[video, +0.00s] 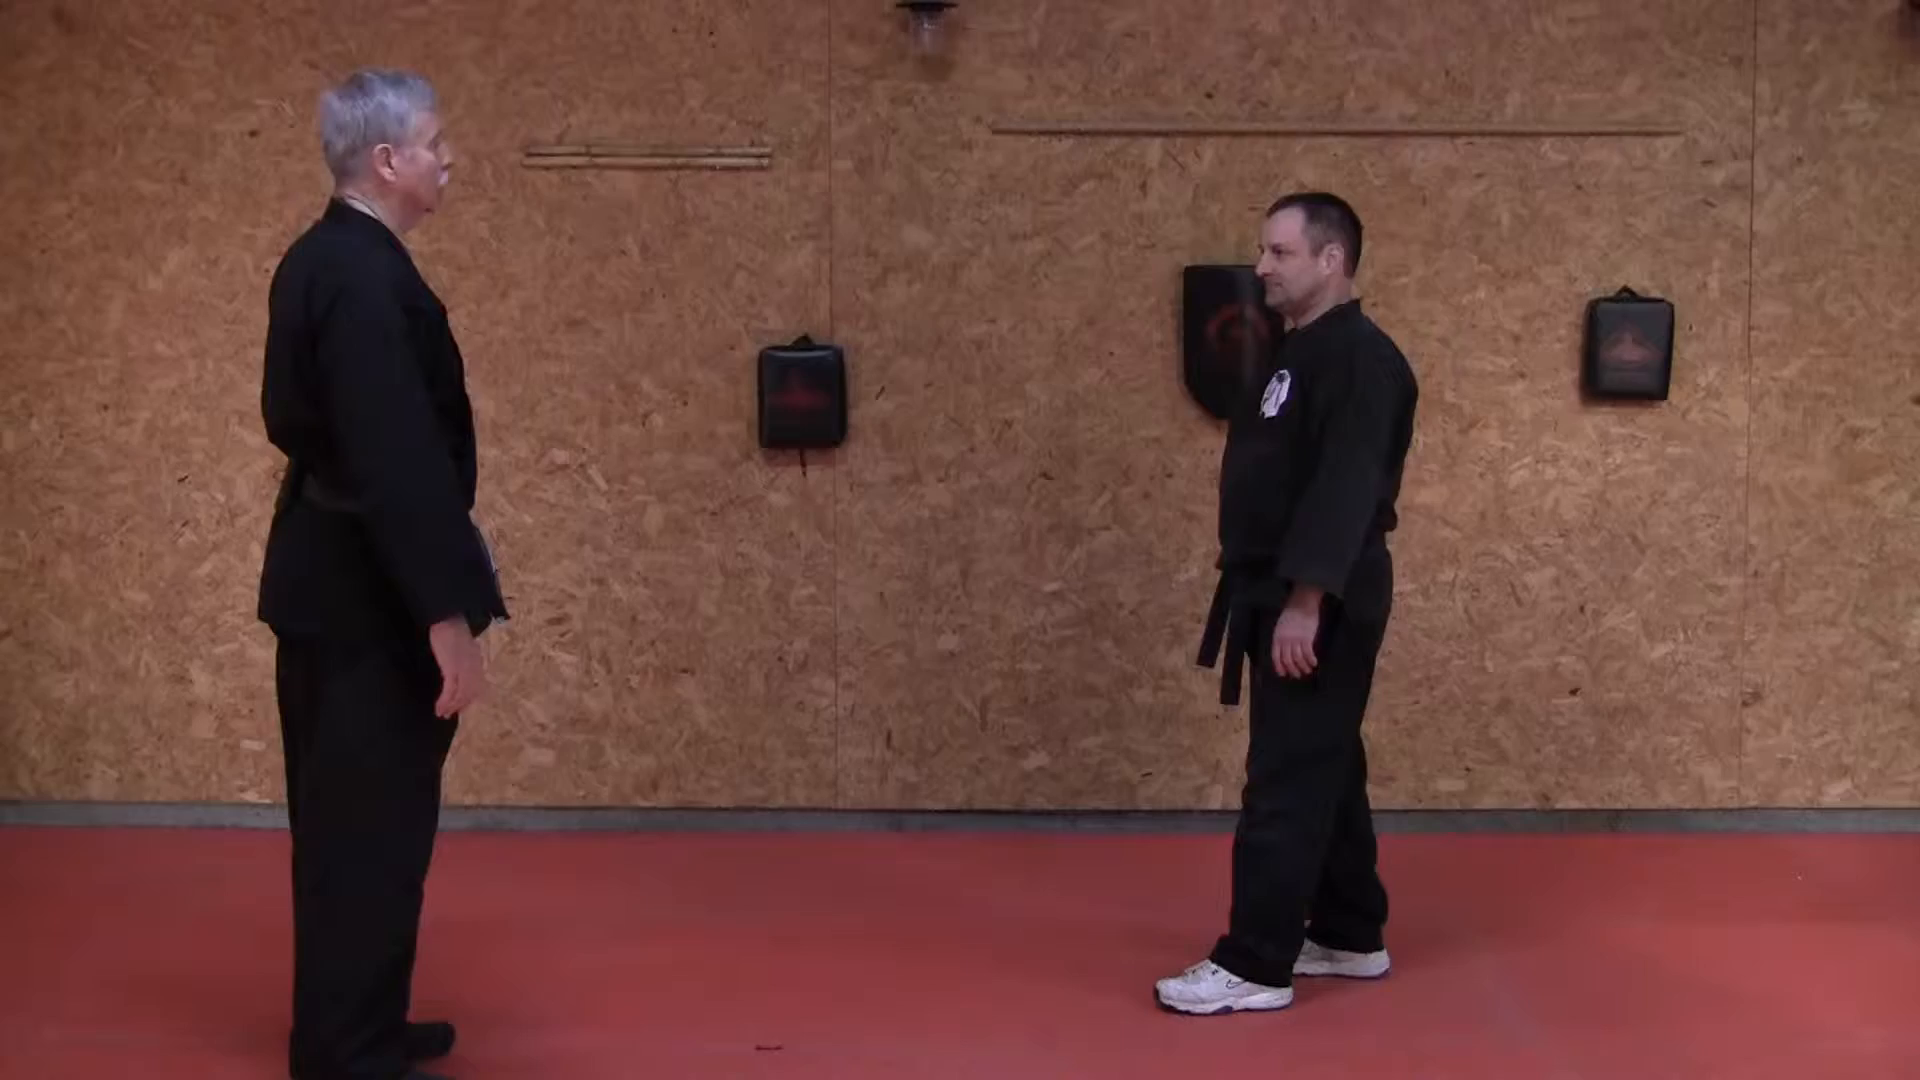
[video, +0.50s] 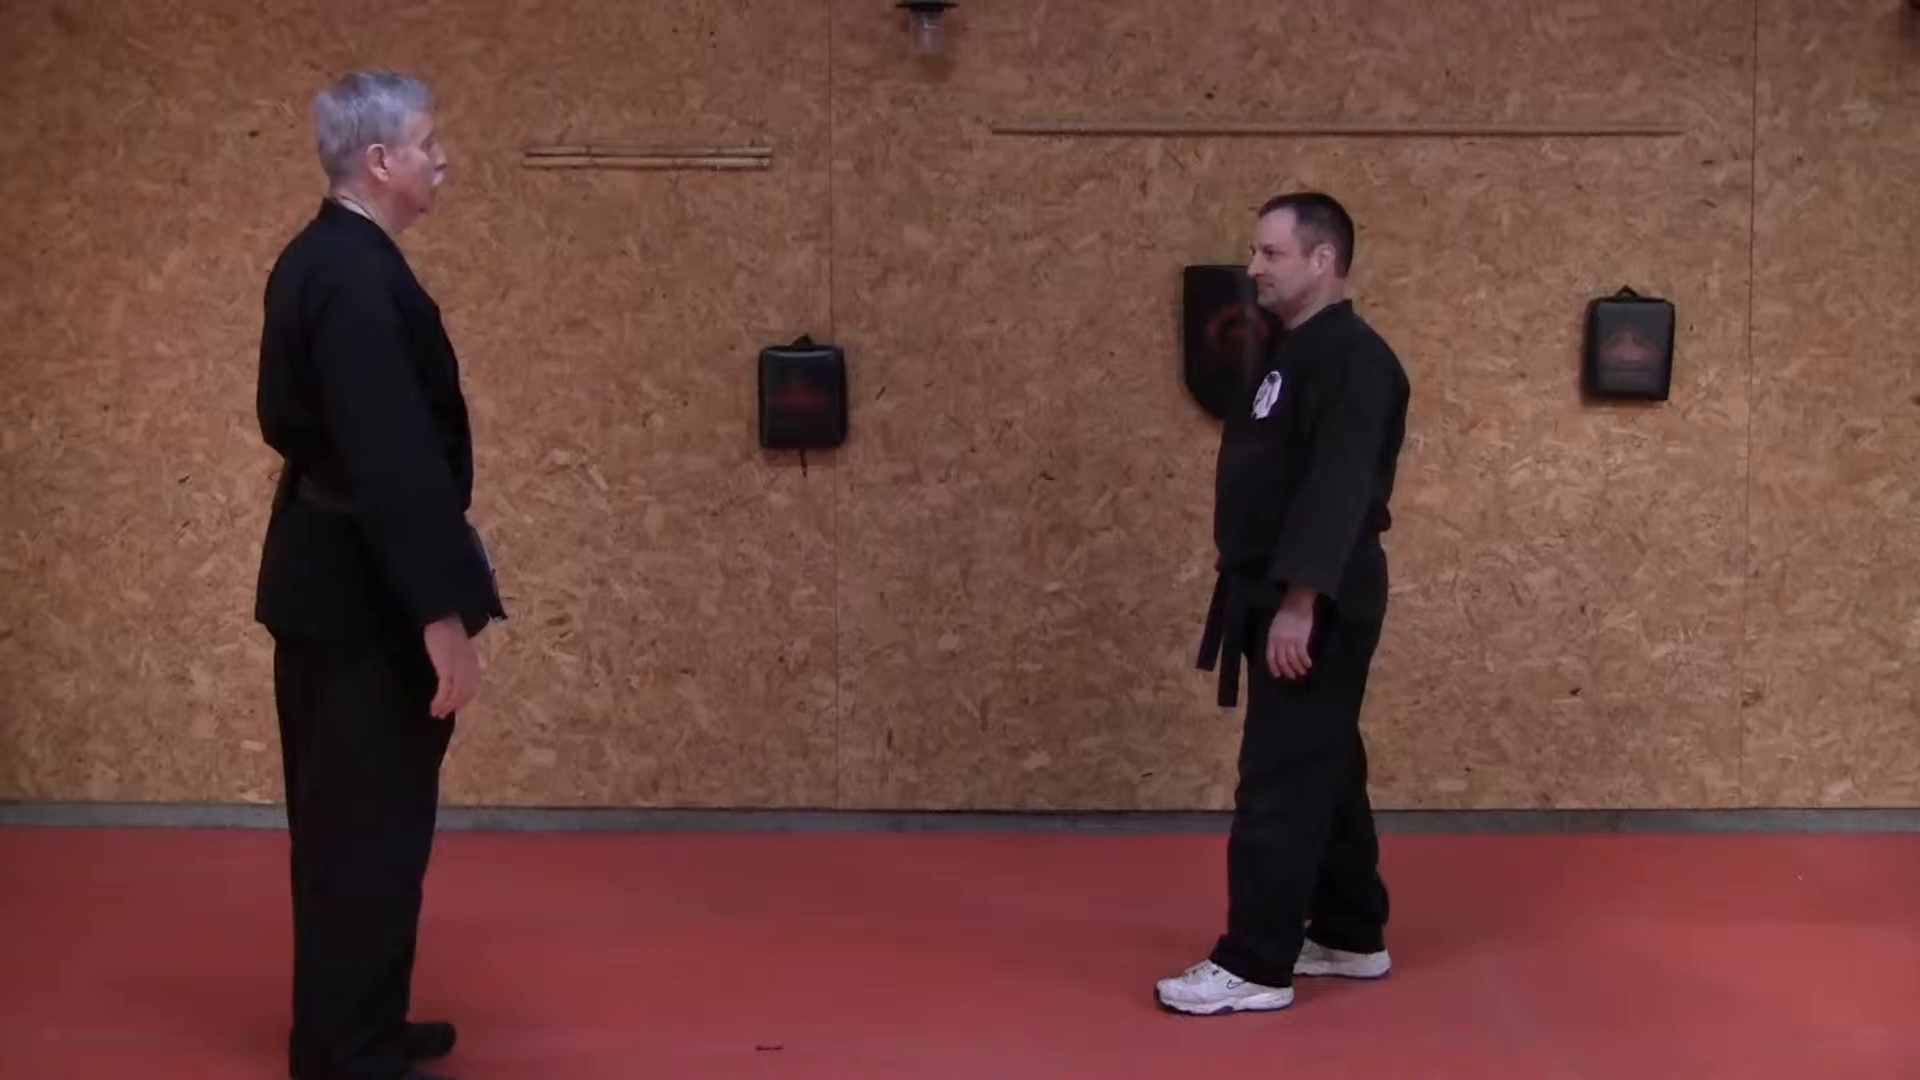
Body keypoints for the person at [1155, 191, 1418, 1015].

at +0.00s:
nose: (1263, 267)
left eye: (1279, 253)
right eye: (1262, 253)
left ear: (1333, 261)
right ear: (1307, 261)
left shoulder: (1362, 358)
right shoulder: (1296, 351)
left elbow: (1348, 490)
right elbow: (1282, 478)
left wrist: (1308, 598)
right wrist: (1252, 589)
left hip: (1324, 603)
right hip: (1287, 595)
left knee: (1286, 780)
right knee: (1322, 768)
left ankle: (1257, 961)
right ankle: (1349, 933)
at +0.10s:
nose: (1263, 267)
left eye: (1279, 253)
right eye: (1262, 252)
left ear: (1333, 261)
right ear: (1307, 261)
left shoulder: (1362, 358)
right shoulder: (1296, 351)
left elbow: (1348, 490)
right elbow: (1282, 478)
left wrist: (1308, 598)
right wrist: (1252, 590)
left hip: (1324, 604)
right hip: (1287, 595)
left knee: (1286, 780)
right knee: (1322, 768)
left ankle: (1257, 961)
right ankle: (1349, 933)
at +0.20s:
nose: (1263, 267)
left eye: (1279, 253)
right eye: (1262, 253)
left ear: (1333, 261)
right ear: (1306, 262)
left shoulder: (1362, 357)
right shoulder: (1296, 351)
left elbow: (1348, 489)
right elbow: (1281, 478)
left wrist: (1308, 598)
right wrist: (1252, 590)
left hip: (1324, 604)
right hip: (1287, 596)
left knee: (1285, 780)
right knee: (1322, 768)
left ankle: (1257, 961)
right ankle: (1349, 933)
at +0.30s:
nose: (1262, 267)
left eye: (1277, 253)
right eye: (1261, 252)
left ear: (1332, 260)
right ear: (1304, 261)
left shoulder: (1361, 358)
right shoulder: (1293, 352)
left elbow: (1346, 490)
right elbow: (1280, 478)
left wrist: (1307, 598)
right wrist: (1251, 589)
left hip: (1325, 604)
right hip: (1287, 595)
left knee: (1284, 779)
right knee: (1322, 767)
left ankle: (1256, 961)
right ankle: (1349, 934)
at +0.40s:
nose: (1260, 267)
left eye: (1276, 253)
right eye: (1259, 253)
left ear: (1330, 261)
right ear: (1304, 262)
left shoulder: (1358, 357)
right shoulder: (1295, 352)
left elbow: (1344, 489)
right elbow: (1284, 479)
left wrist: (1306, 598)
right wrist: (1253, 589)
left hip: (1323, 603)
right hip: (1288, 596)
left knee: (1282, 781)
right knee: (1322, 768)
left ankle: (1256, 962)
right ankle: (1350, 935)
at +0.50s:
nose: (1256, 268)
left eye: (1272, 254)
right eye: (1255, 253)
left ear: (1326, 261)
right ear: (1302, 262)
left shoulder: (1355, 358)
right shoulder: (1293, 353)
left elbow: (1339, 489)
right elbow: (1280, 478)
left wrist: (1301, 599)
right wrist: (1249, 591)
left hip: (1320, 603)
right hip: (1286, 596)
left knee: (1279, 781)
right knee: (1322, 769)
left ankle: (1255, 962)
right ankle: (1350, 935)